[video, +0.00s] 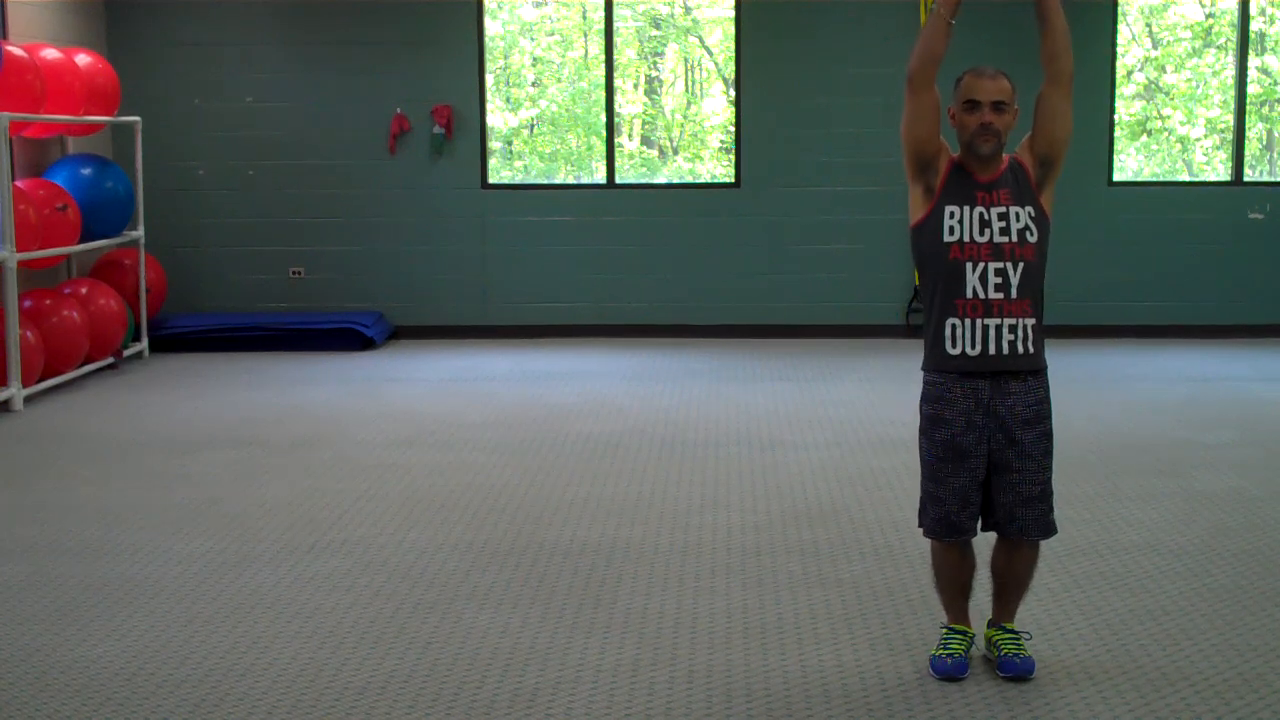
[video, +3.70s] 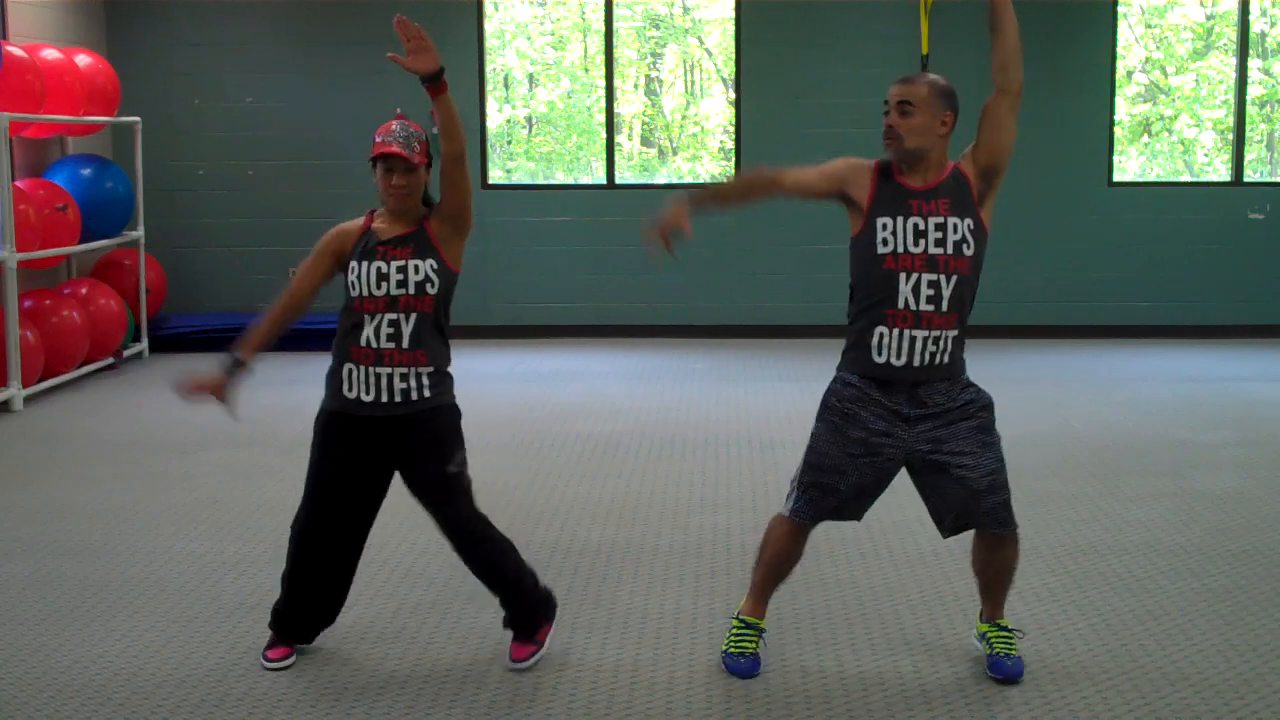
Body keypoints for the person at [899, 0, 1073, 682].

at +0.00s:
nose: (985, 118)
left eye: (998, 108)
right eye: (972, 106)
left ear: (1014, 118)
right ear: (952, 116)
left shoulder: (1034, 176)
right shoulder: (930, 177)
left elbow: (1060, 76)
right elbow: (918, 79)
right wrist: (947, 5)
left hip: (1022, 387)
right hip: (951, 387)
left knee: (1023, 522)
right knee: (949, 523)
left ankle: (1004, 628)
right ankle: (956, 629)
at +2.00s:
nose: (983, 108)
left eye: (995, 98)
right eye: (970, 98)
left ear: (1012, 109)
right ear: (949, 109)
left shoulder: (1031, 172)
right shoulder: (927, 173)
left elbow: (1049, 75)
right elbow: (919, 76)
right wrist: (946, 7)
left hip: (1017, 381)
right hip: (947, 382)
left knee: (1017, 518)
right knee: (948, 520)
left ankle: (1004, 628)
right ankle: (954, 628)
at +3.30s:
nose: (965, 126)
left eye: (978, 116)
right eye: (953, 115)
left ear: (996, 132)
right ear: (935, 131)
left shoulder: (1020, 189)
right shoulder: (918, 190)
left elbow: (1050, 95)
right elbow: (887, 101)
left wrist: (1028, 6)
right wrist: (915, 16)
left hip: (1014, 403)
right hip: (937, 403)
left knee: (1024, 540)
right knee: (932, 527)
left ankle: (995, 629)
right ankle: (920, 616)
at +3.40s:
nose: (945, 125)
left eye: (960, 112)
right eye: (937, 113)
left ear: (991, 121)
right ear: (925, 124)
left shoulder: (1013, 181)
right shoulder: (911, 178)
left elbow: (1037, 83)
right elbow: (867, 94)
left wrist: (1025, 3)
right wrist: (828, 18)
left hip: (1003, 398)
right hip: (923, 394)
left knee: (1019, 531)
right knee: (880, 514)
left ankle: (993, 630)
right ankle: (833, 617)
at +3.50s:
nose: (921, 117)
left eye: (936, 106)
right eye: (915, 107)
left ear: (974, 116)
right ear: (911, 117)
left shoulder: (1003, 171)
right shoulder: (895, 169)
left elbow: (1026, 77)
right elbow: (822, 105)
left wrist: (1016, 1)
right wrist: (756, 53)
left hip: (984, 394)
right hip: (902, 390)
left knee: (1004, 525)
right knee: (840, 504)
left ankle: (992, 631)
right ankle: (769, 609)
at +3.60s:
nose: (903, 117)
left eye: (919, 106)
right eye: (901, 106)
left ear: (960, 118)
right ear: (899, 116)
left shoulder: (987, 178)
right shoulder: (877, 172)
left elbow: (1014, 79)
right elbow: (793, 140)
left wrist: (1007, 2)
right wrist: (715, 119)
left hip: (960, 395)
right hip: (878, 392)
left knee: (997, 524)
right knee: (814, 510)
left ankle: (991, 629)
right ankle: (756, 615)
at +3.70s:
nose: (890, 120)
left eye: (906, 110)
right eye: (888, 110)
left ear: (947, 121)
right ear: (888, 120)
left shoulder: (976, 182)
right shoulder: (859, 178)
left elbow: (1009, 88)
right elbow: (772, 181)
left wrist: (1001, 4)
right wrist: (692, 199)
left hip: (947, 397)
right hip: (863, 395)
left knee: (999, 524)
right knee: (801, 513)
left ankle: (994, 623)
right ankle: (750, 617)